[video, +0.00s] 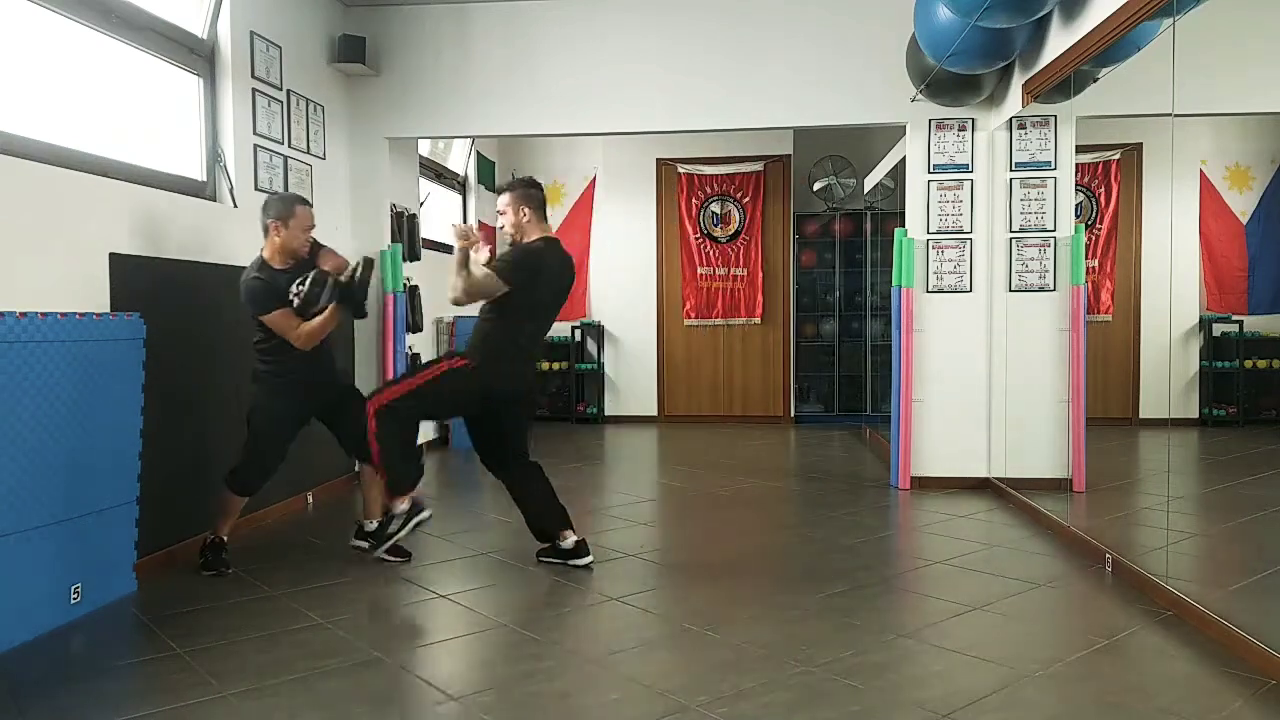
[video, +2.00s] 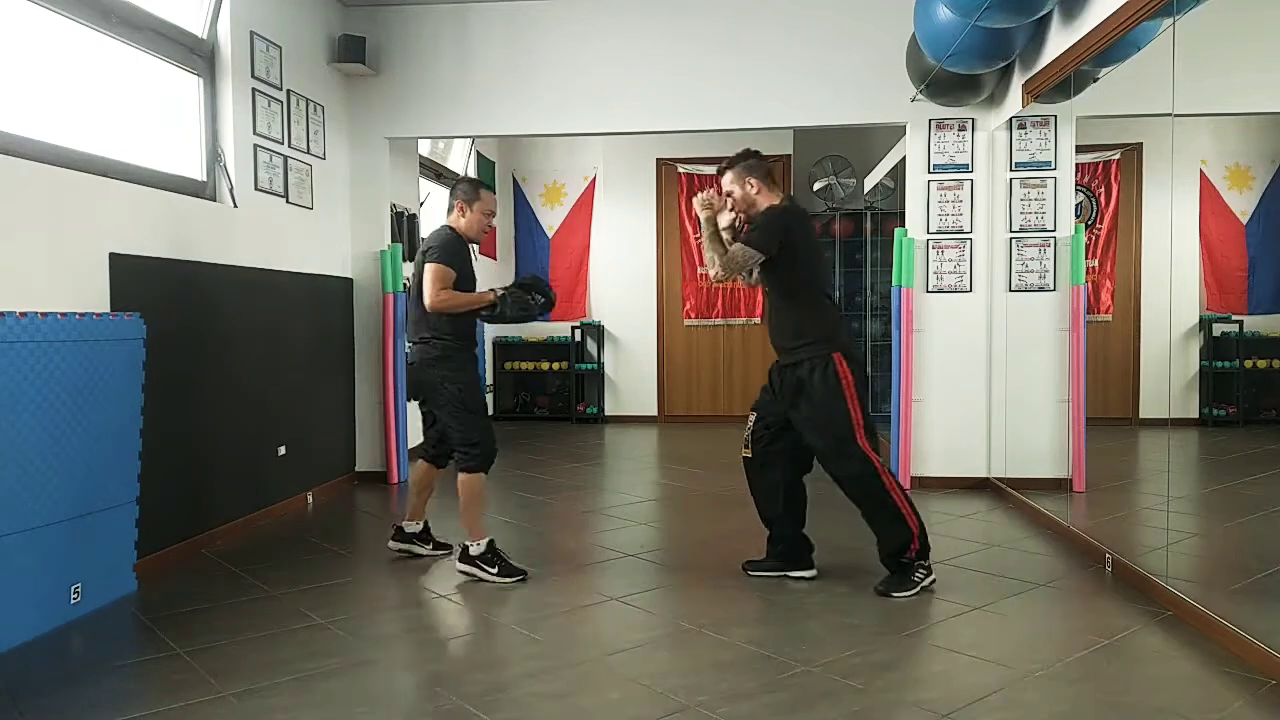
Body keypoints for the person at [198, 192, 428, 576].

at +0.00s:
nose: (312, 237)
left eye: (312, 229)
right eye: (306, 230)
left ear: (282, 230)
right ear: (276, 229)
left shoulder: (309, 253)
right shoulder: (257, 284)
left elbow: (343, 267)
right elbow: (302, 338)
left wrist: (322, 279)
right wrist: (342, 302)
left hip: (324, 381)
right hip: (278, 390)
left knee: (374, 440)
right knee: (255, 467)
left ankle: (372, 527)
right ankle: (217, 540)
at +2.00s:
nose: (490, 224)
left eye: (492, 217)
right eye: (486, 215)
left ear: (463, 213)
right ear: (460, 209)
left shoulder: (451, 245)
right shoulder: (444, 242)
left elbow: (454, 302)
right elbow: (435, 299)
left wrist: (498, 299)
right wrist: (492, 298)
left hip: (437, 365)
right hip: (446, 366)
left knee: (437, 447)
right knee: (474, 451)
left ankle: (411, 528)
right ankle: (477, 549)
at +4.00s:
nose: (455, 227)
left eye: (457, 220)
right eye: (452, 218)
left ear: (422, 211)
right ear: (427, 209)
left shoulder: (400, 245)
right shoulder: (419, 242)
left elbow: (457, 282)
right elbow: (447, 272)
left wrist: (480, 251)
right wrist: (483, 236)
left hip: (391, 366)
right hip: (421, 367)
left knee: (379, 456)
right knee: (457, 460)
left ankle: (349, 542)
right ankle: (458, 561)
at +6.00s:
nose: (228, 215)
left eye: (227, 207)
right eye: (219, 208)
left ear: (195, 212)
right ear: (188, 212)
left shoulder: (244, 248)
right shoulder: (178, 272)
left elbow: (287, 280)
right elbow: (188, 338)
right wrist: (235, 318)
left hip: (275, 366)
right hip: (228, 379)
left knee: (324, 435)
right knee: (219, 459)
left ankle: (326, 533)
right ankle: (201, 544)